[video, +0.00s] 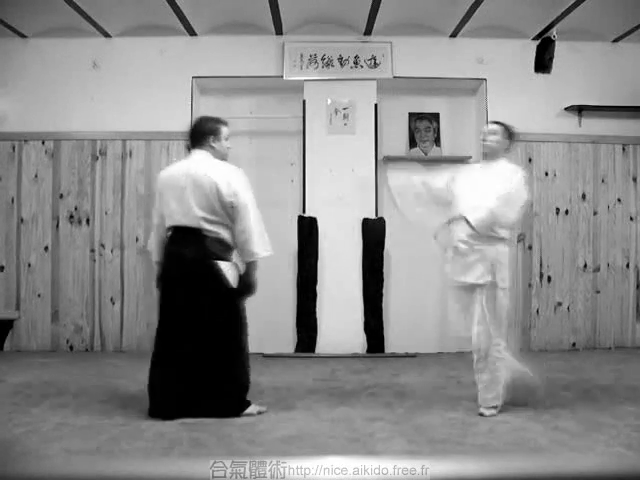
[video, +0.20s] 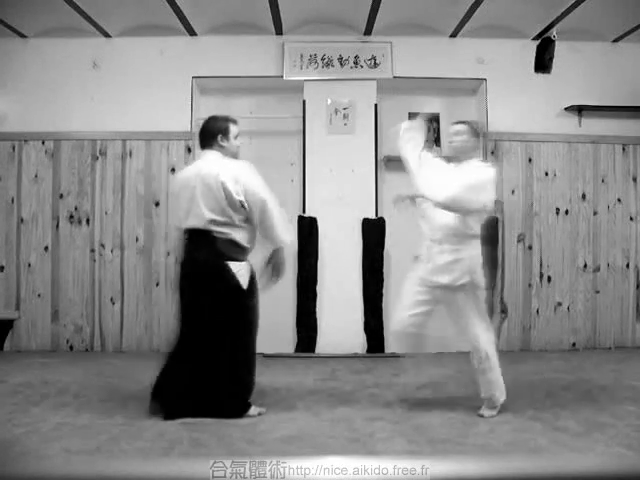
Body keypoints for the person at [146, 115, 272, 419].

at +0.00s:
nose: (228, 145)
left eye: (228, 139)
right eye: (225, 140)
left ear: (196, 141)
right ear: (212, 142)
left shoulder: (167, 174)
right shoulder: (228, 175)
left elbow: (159, 226)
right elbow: (246, 228)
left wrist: (160, 264)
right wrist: (250, 271)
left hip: (174, 262)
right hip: (215, 264)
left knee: (173, 333)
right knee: (226, 334)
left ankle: (168, 403)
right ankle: (230, 402)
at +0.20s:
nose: (239, 144)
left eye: (238, 137)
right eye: (235, 138)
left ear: (206, 141)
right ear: (221, 140)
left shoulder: (183, 174)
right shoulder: (238, 171)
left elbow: (178, 220)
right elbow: (267, 211)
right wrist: (279, 248)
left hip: (192, 259)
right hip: (229, 262)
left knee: (193, 332)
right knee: (236, 334)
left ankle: (171, 397)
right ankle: (233, 403)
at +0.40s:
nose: (242, 139)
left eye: (239, 133)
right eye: (235, 134)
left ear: (213, 140)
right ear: (217, 140)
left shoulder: (202, 168)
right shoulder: (231, 164)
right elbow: (274, 175)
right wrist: (296, 172)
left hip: (204, 252)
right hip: (232, 255)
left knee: (209, 328)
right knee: (245, 329)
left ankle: (201, 401)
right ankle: (234, 403)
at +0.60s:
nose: (232, 139)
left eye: (235, 135)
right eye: (225, 135)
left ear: (240, 138)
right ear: (212, 141)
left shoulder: (253, 167)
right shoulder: (207, 164)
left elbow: (287, 161)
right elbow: (241, 163)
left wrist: (286, 138)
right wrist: (268, 157)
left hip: (247, 256)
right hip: (218, 255)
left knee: (253, 325)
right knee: (226, 328)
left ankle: (248, 394)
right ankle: (228, 398)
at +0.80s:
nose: (228, 144)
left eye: (235, 139)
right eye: (223, 139)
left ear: (247, 142)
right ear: (217, 143)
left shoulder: (256, 176)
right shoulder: (213, 174)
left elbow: (267, 173)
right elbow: (187, 200)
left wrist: (247, 154)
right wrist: (200, 163)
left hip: (251, 257)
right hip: (218, 255)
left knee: (243, 326)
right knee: (207, 323)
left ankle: (244, 388)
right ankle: (210, 388)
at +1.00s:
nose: (223, 150)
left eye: (227, 145)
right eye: (221, 145)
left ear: (240, 146)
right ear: (222, 149)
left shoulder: (248, 174)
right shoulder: (220, 177)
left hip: (240, 252)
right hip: (223, 253)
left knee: (230, 317)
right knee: (214, 312)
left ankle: (230, 379)